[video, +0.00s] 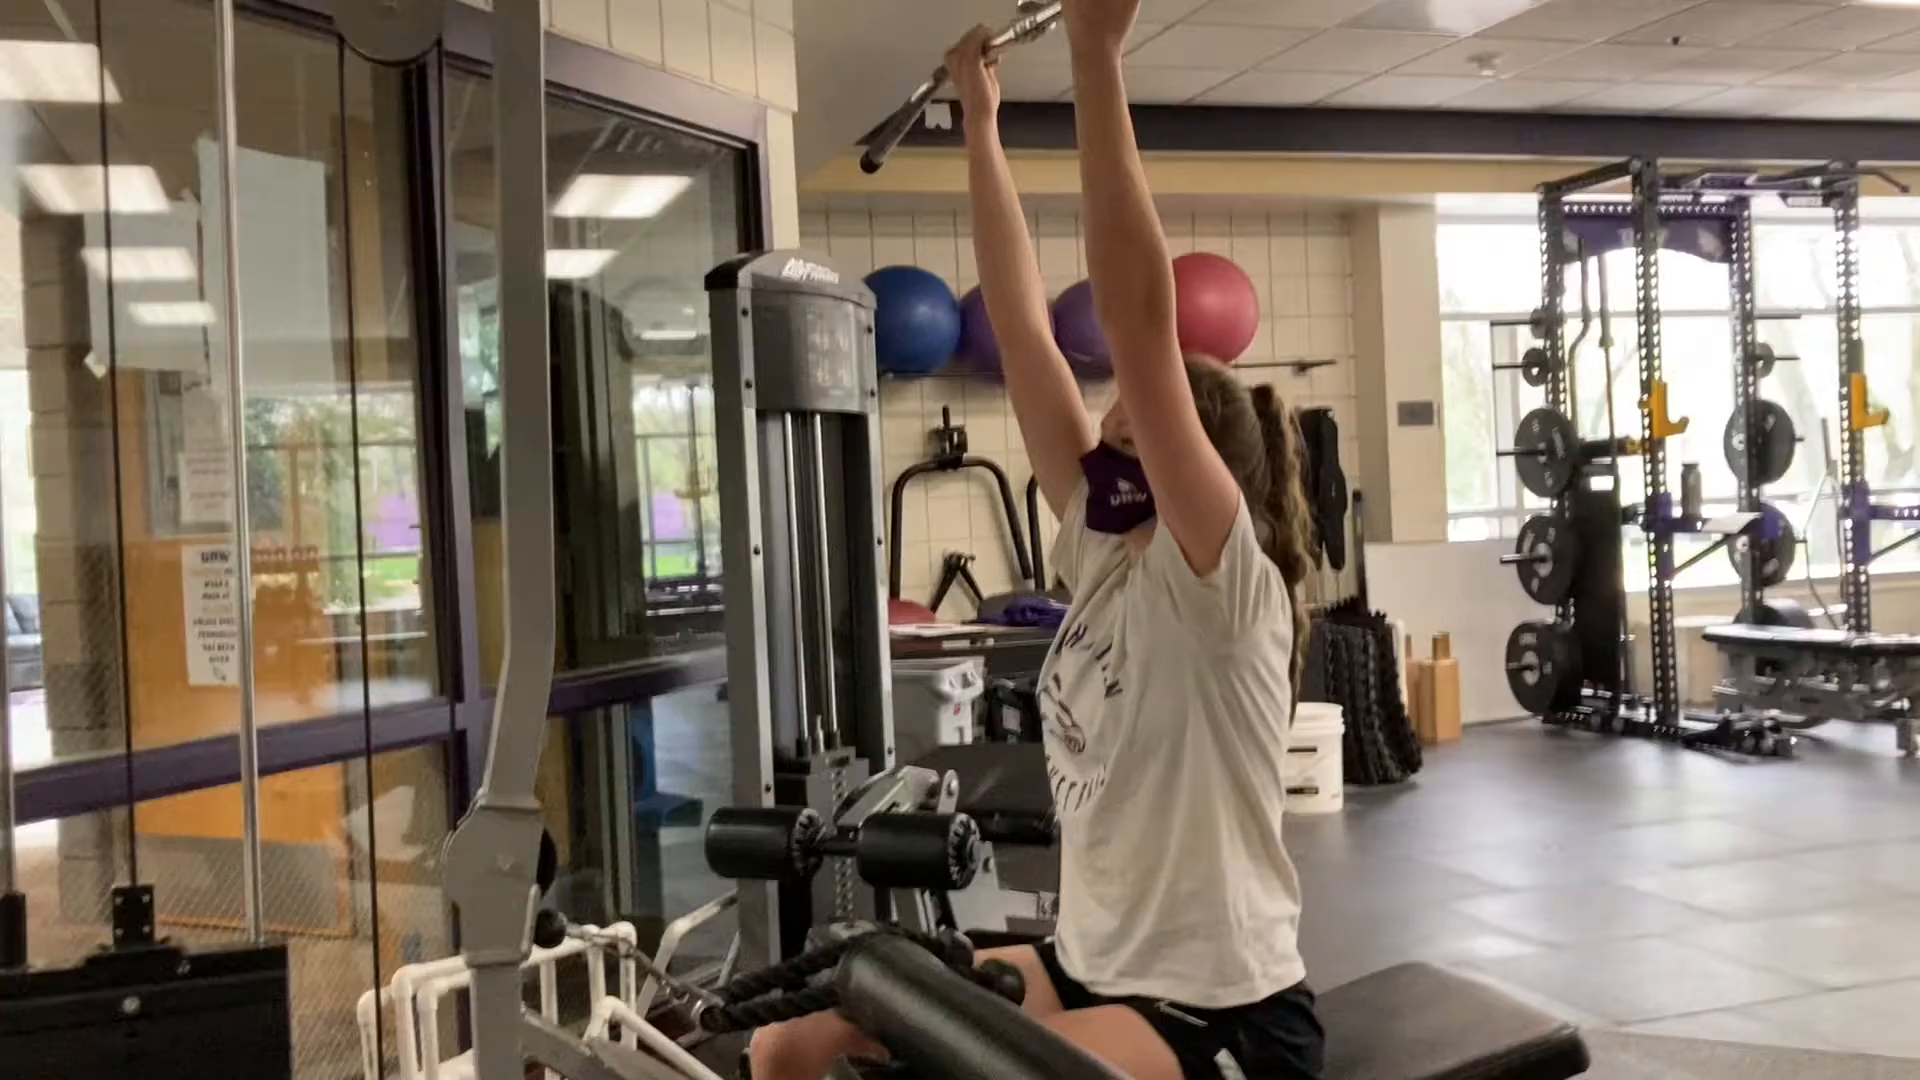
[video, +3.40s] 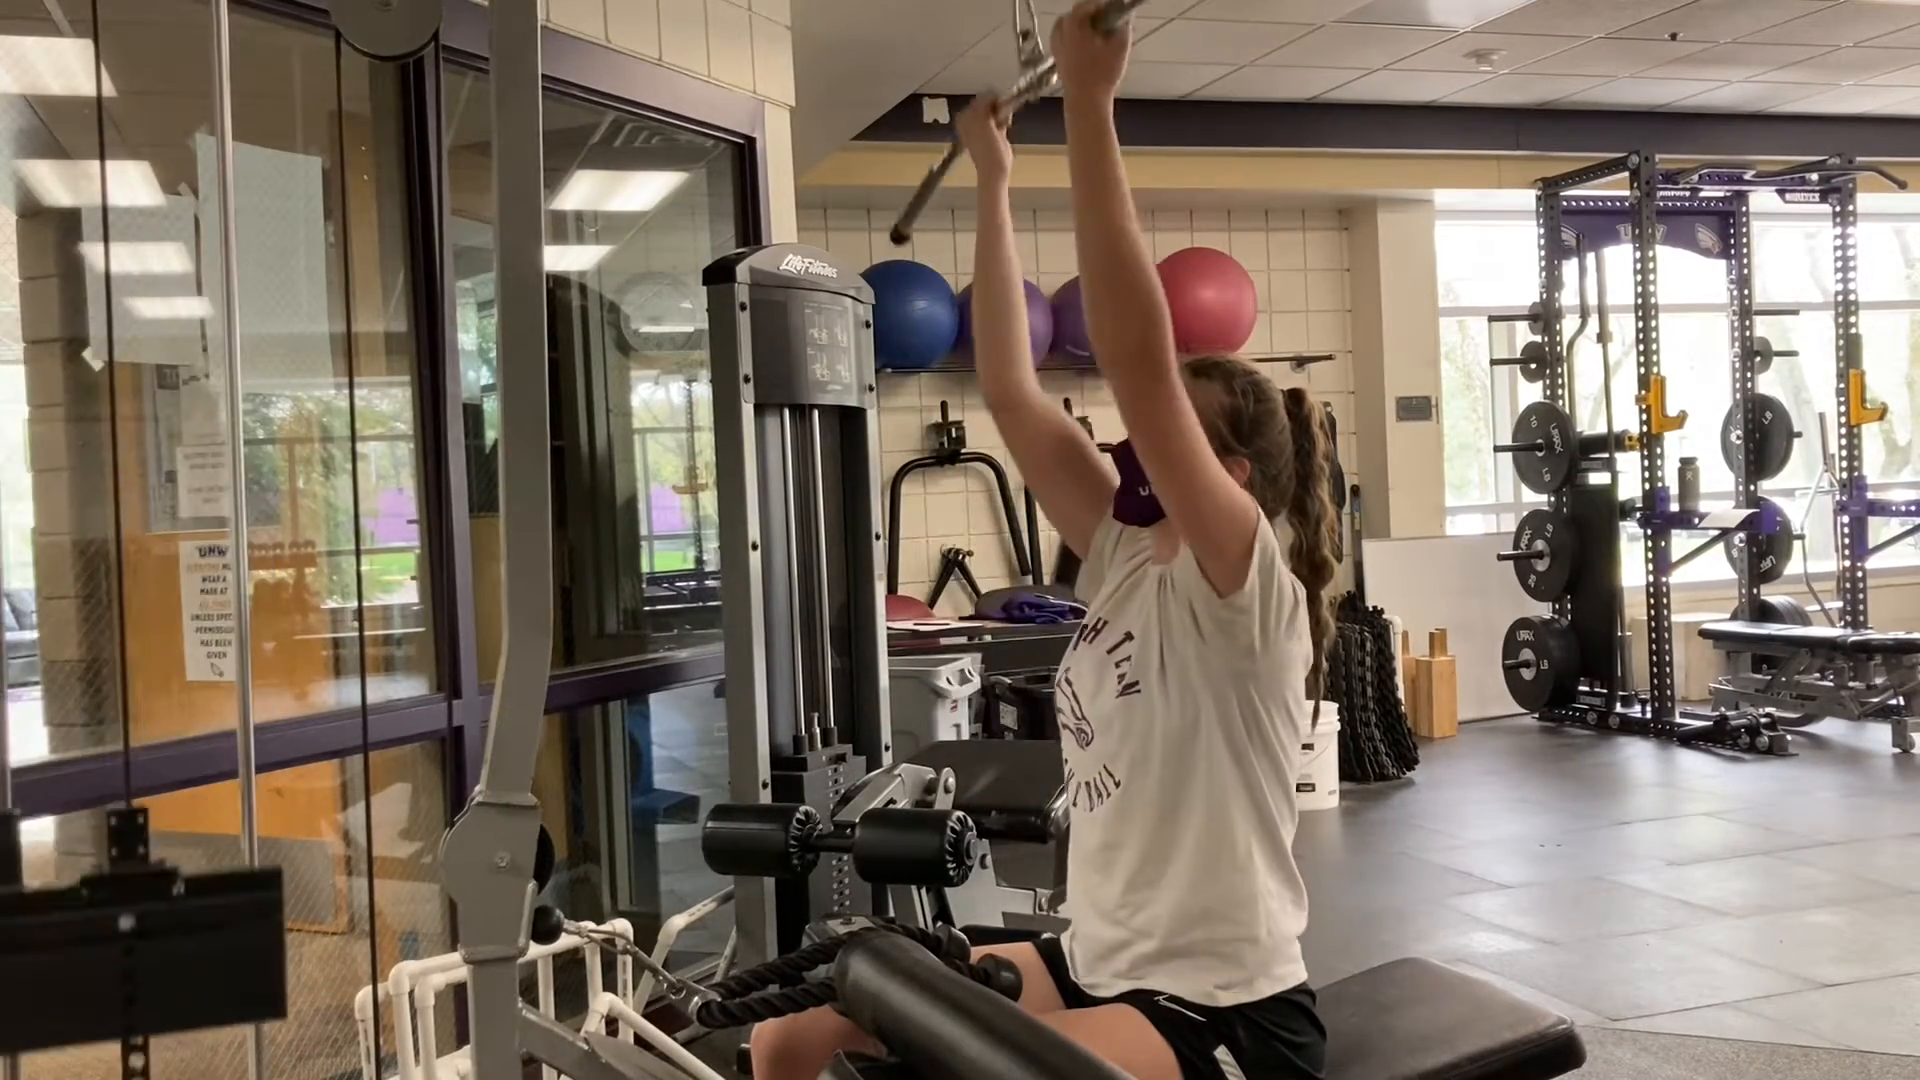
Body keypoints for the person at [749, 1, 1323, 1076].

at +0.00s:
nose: (1115, 435)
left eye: (1145, 413)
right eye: (1117, 418)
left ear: (1205, 454)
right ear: (1115, 440)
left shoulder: (1223, 576)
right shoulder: (1101, 552)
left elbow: (1143, 335)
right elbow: (1023, 330)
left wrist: (1096, 48)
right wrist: (978, 115)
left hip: (1220, 1018)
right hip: (1094, 982)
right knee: (793, 1046)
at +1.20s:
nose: (1112, 458)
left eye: (1135, 441)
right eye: (1110, 436)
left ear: (1207, 471)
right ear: (1100, 447)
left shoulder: (1241, 584)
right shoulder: (1096, 554)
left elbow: (1075, 436)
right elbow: (954, 442)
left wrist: (1097, 190)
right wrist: (971, 236)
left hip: (1220, 1005)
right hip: (1090, 964)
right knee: (788, 1040)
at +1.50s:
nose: (1114, 461)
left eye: (1146, 445)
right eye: (1119, 438)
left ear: (1218, 473)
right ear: (1103, 447)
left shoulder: (1259, 603)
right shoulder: (1108, 572)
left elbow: (1077, 597)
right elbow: (936, 585)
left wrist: (1106, 369)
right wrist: (968, 396)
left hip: (1225, 1007)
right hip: (1088, 963)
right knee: (789, 1040)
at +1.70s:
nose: (1111, 455)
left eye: (1140, 440)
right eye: (1117, 436)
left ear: (1223, 472)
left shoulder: (1263, 612)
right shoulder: (1107, 616)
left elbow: (1113, 774)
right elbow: (974, 730)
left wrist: (1109, 542)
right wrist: (984, 542)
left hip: (1219, 1000)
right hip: (1086, 963)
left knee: (971, 1065)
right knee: (788, 1044)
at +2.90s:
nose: (1120, 466)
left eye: (1151, 449)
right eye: (1127, 447)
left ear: (1228, 481)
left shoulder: (1258, 610)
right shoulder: (1114, 593)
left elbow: (1080, 641)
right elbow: (940, 625)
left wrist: (1072, 400)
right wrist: (973, 436)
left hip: (1223, 1008)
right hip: (1085, 968)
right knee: (788, 1042)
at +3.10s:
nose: (1123, 460)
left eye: (1154, 449)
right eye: (1125, 438)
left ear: (1229, 481)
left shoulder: (1259, 605)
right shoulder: (1105, 575)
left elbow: (1082, 492)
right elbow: (956, 506)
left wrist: (1069, 251)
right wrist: (978, 304)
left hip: (1222, 1010)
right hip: (1089, 966)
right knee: (787, 1041)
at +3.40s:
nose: (1137, 447)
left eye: (1168, 427)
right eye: (1145, 428)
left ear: (1235, 462)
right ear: (1161, 448)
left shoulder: (1252, 578)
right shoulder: (1118, 551)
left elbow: (1140, 356)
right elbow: (1011, 387)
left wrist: (1090, 99)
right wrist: (991, 174)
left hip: (1222, 1011)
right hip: (1094, 968)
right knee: (792, 1036)